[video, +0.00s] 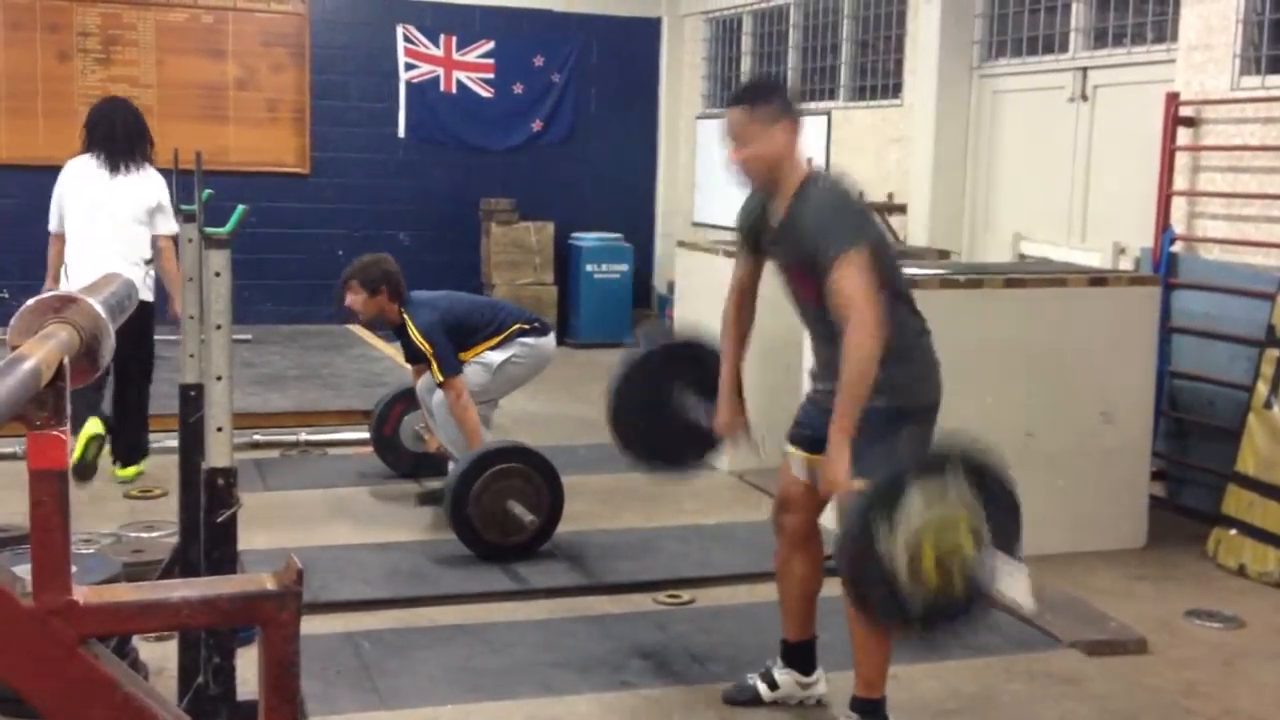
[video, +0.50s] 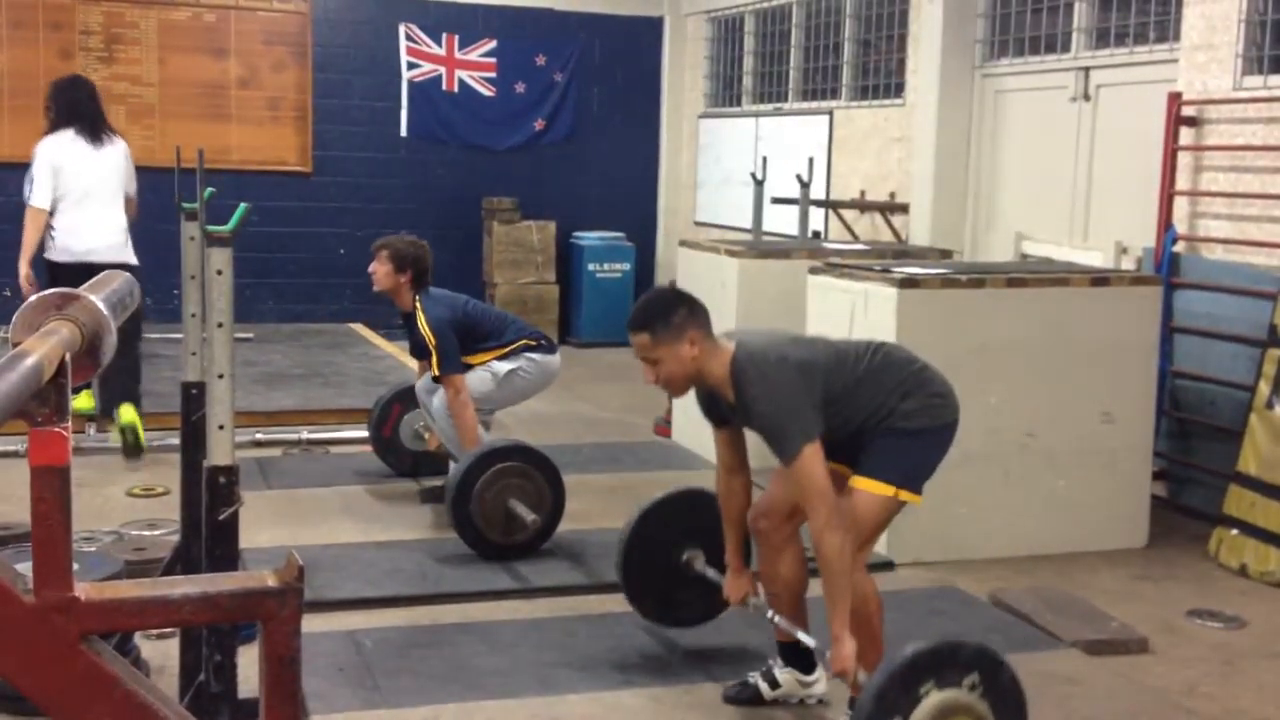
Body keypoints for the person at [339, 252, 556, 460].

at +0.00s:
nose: (347, 302)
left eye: (355, 293)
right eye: (347, 293)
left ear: (381, 295)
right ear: (381, 296)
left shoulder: (423, 322)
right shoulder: (403, 320)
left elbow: (458, 394)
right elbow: (421, 375)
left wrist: (483, 460)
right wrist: (436, 431)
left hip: (529, 341)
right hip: (510, 341)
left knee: (446, 401)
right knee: (428, 390)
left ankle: (482, 476)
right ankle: (465, 473)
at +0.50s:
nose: (370, 269)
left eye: (379, 263)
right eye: (373, 261)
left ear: (404, 276)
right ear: (404, 278)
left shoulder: (432, 317)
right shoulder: (413, 312)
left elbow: (458, 392)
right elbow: (425, 371)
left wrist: (480, 463)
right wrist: (436, 429)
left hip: (533, 358)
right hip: (513, 356)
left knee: (444, 401)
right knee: (426, 388)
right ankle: (465, 474)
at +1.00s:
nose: (405, 249)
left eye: (417, 245)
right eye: (411, 243)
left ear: (438, 263)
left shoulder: (456, 310)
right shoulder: (432, 304)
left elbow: (470, 389)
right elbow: (436, 367)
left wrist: (473, 458)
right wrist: (436, 431)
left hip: (539, 372)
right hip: (513, 369)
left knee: (448, 406)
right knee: (429, 387)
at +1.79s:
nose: (403, 246)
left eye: (415, 241)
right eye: (408, 239)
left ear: (436, 259)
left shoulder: (451, 305)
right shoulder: (428, 300)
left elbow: (466, 386)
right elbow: (432, 363)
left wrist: (470, 456)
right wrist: (434, 424)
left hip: (532, 369)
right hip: (505, 365)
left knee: (441, 406)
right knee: (424, 383)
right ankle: (460, 473)